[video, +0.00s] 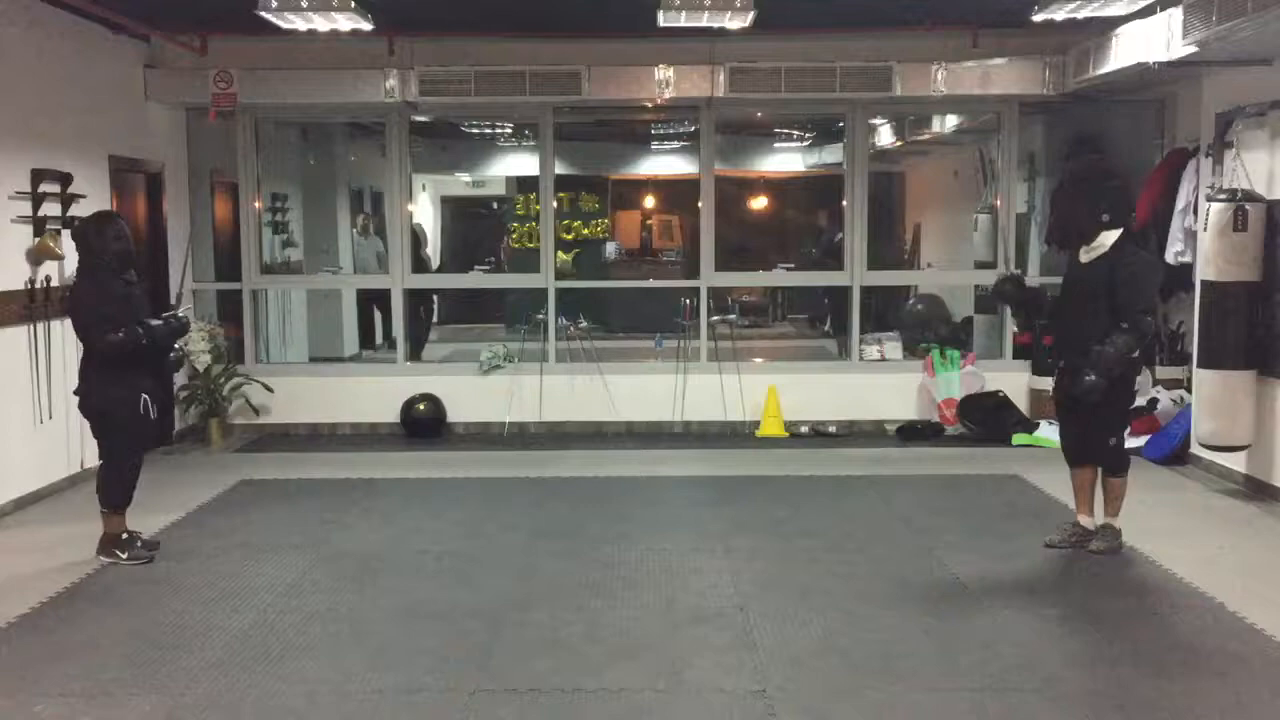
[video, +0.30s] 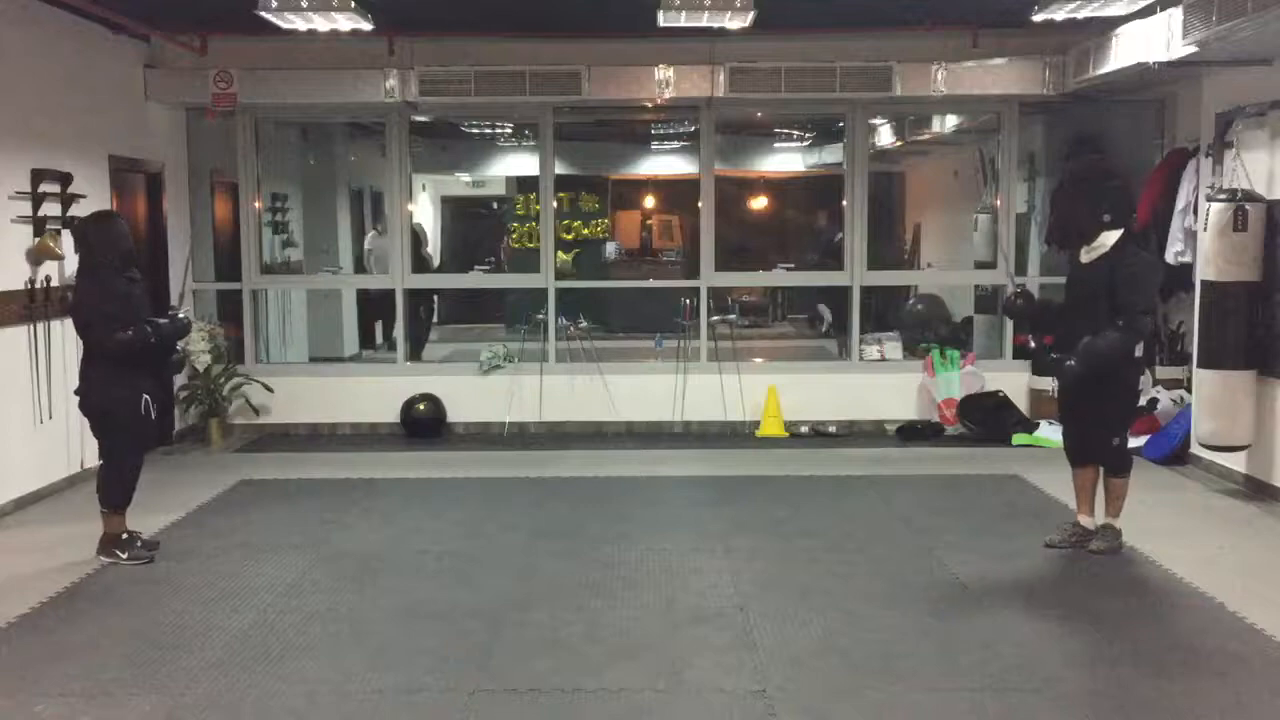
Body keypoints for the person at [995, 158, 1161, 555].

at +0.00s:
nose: (1063, 222)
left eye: (1069, 211)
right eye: (1064, 211)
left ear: (1098, 211)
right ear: (1086, 214)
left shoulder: (1131, 259)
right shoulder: (1081, 259)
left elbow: (1140, 327)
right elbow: (1066, 319)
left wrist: (1099, 369)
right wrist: (1027, 299)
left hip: (1112, 373)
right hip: (1074, 371)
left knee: (1110, 448)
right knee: (1077, 447)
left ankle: (1111, 528)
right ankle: (1083, 524)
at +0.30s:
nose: (1066, 223)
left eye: (1073, 213)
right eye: (1065, 213)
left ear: (1100, 212)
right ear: (1081, 214)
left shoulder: (1132, 259)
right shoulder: (1081, 258)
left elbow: (1140, 323)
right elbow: (1072, 319)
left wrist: (1096, 350)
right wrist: (1034, 311)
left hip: (1116, 366)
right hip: (1077, 365)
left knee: (1114, 444)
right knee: (1079, 443)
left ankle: (1111, 527)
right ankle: (1084, 524)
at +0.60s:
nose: (1067, 221)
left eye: (1074, 212)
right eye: (1067, 212)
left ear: (1098, 213)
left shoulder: (1135, 262)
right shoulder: (1080, 258)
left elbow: (1135, 326)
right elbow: (1076, 312)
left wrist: (1071, 335)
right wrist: (1045, 306)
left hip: (1119, 368)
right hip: (1081, 366)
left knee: (1114, 445)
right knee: (1079, 443)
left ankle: (1112, 528)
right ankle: (1084, 524)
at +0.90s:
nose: (1070, 222)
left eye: (1076, 213)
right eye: (1069, 213)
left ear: (1096, 212)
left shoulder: (1135, 262)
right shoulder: (1079, 259)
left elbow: (1134, 324)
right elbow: (1065, 312)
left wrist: (1074, 324)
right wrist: (1055, 324)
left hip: (1117, 368)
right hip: (1078, 365)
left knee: (1114, 445)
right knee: (1078, 442)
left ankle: (1111, 527)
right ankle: (1084, 523)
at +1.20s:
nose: (1065, 221)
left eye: (1072, 212)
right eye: (1065, 212)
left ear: (1092, 213)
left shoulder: (1129, 261)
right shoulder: (1075, 260)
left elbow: (1127, 322)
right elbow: (1059, 308)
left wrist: (1067, 332)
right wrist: (1040, 312)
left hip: (1110, 371)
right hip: (1070, 369)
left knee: (1110, 447)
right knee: (1064, 445)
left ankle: (1111, 528)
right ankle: (1081, 523)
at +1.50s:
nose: (1049, 222)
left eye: (1057, 214)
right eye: (1051, 214)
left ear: (1077, 216)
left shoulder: (1112, 263)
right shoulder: (1058, 263)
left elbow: (1108, 325)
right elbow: (1040, 314)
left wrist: (1046, 334)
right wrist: (1014, 315)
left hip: (1096, 376)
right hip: (1053, 374)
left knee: (1103, 451)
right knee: (1025, 440)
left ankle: (1109, 526)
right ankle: (1004, 518)